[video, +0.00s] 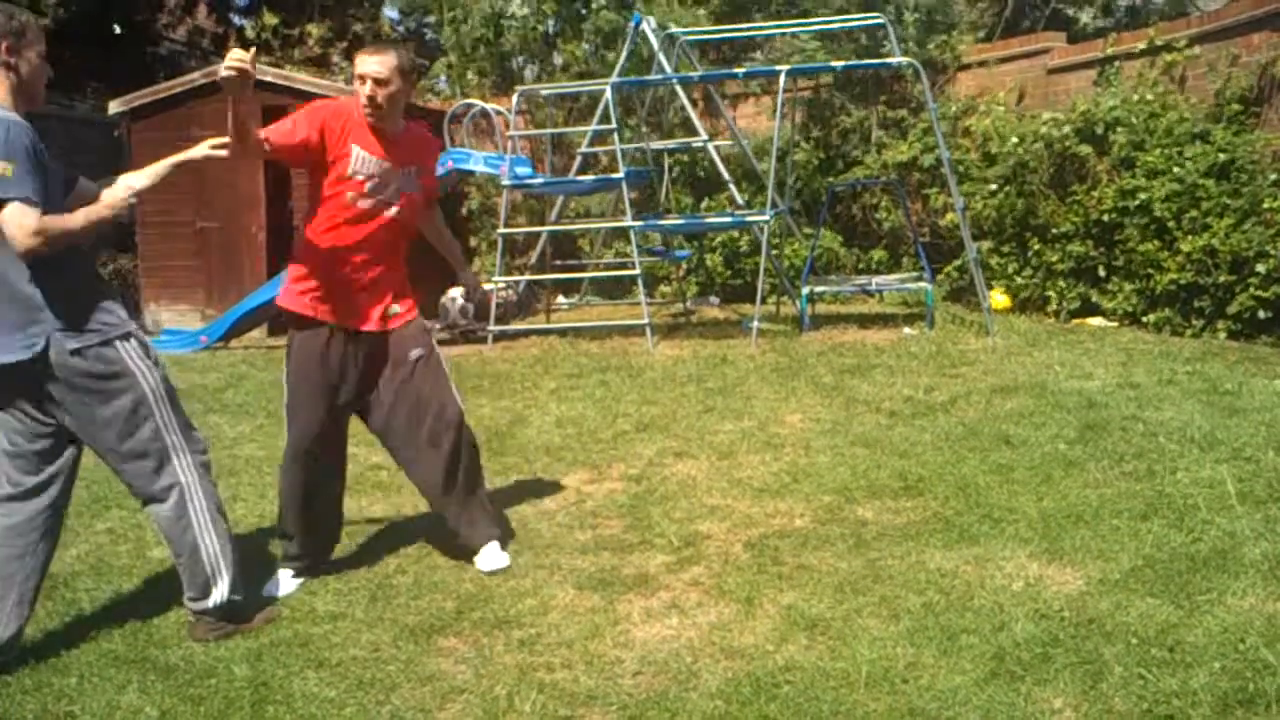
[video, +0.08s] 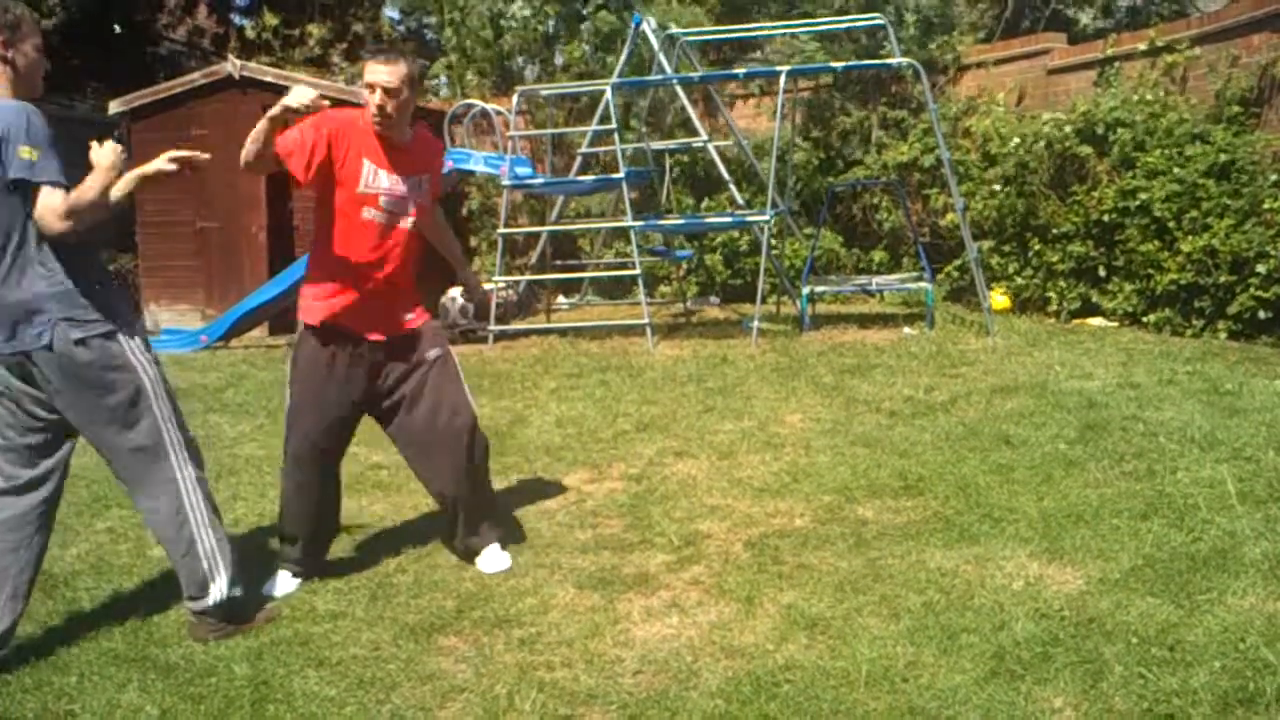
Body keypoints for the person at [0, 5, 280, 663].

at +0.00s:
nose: (47, 70)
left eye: (45, 58)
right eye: (39, 58)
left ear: (12, 60)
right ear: (9, 59)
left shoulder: (15, 131)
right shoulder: (12, 133)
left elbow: (55, 208)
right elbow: (24, 234)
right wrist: (103, 210)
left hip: (25, 343)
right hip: (79, 333)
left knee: (22, 499)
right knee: (169, 454)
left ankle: (4, 631)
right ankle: (219, 598)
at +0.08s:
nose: (46, 57)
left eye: (43, 47)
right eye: (37, 47)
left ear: (10, 55)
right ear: (8, 52)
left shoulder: (15, 121)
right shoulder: (22, 118)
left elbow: (74, 213)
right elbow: (55, 217)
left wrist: (141, 175)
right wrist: (102, 171)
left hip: (17, 334)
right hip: (75, 324)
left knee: (17, 495)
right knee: (160, 451)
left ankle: (0, 628)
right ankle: (215, 598)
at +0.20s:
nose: (40, 62)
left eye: (37, 51)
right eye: (32, 53)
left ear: (5, 62)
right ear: (9, 58)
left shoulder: (21, 116)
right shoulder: (31, 113)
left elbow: (125, 175)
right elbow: (130, 175)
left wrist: (111, 110)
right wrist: (121, 103)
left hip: (12, 326)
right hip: (73, 316)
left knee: (5, 478)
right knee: (151, 452)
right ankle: (214, 601)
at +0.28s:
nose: (30, 70)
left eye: (27, 60)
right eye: (23, 61)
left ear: (0, 70)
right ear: (3, 69)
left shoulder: (19, 129)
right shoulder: (30, 126)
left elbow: (128, 166)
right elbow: (138, 168)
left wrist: (126, 104)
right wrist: (133, 92)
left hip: (11, 344)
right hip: (62, 336)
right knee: (156, 461)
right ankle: (215, 603)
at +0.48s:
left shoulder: (13, 129)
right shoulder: (7, 129)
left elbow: (99, 143)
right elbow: (103, 144)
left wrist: (100, 96)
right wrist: (107, 89)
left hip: (21, 328)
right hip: (21, 331)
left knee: (104, 457)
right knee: (106, 456)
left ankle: (194, 594)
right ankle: (198, 600)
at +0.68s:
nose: (17, 73)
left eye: (15, 67)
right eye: (13, 68)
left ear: (14, 73)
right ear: (10, 75)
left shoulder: (9, 112)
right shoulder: (5, 111)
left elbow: (94, 89)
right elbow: (94, 90)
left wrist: (145, 22)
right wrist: (146, 20)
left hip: (18, 325)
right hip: (14, 328)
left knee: (107, 465)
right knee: (112, 466)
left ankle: (135, 610)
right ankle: (136, 633)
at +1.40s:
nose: (14, 69)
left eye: (11, 58)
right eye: (8, 60)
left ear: (3, 70)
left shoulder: (9, 125)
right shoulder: (6, 126)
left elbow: (25, 178)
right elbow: (105, 196)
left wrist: (73, 143)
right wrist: (112, 178)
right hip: (20, 339)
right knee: (101, 472)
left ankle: (149, 624)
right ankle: (152, 633)